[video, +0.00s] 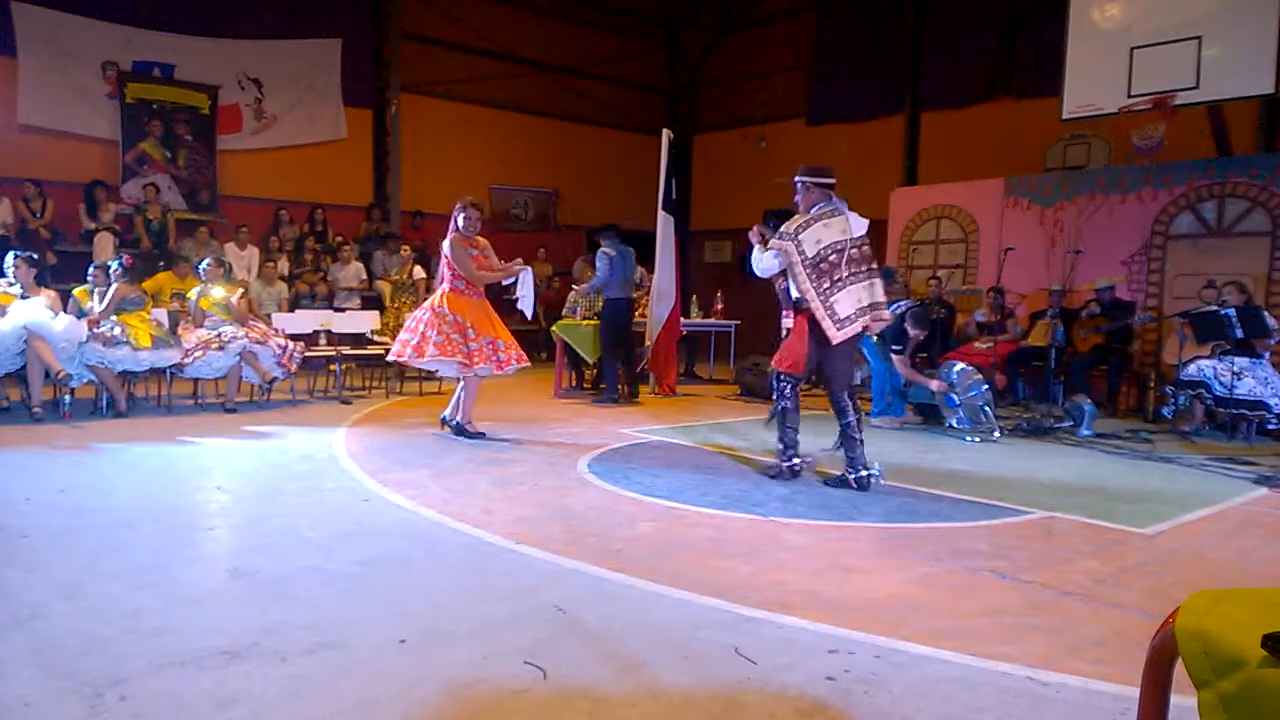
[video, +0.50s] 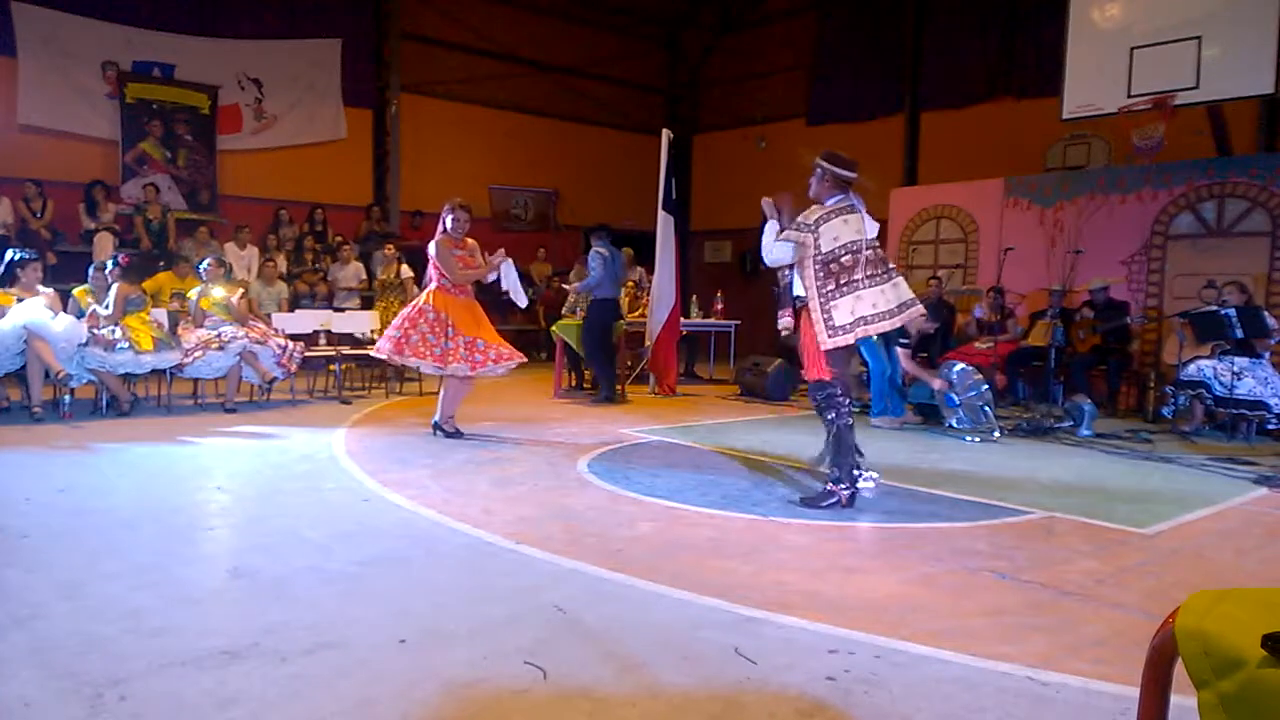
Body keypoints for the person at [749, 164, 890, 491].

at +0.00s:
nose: (796, 198)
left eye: (799, 191)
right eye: (797, 191)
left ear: (812, 192)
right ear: (829, 192)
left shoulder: (799, 228)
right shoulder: (855, 222)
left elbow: (763, 266)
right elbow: (867, 272)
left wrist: (757, 245)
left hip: (811, 320)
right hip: (847, 318)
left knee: (785, 379)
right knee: (841, 391)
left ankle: (789, 460)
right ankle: (858, 469)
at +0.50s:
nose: (809, 183)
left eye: (814, 177)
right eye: (812, 176)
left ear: (826, 181)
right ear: (843, 184)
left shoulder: (812, 222)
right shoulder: (859, 217)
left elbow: (772, 255)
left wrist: (771, 220)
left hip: (818, 316)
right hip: (844, 314)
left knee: (827, 394)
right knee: (833, 391)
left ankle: (841, 482)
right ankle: (848, 464)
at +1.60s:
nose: (735, 177)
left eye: (741, 172)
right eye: (738, 171)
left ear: (755, 178)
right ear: (760, 179)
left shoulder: (771, 219)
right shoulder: (739, 211)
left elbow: (724, 234)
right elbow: (692, 242)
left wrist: (686, 195)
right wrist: (687, 198)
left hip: (747, 318)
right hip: (720, 315)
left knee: (728, 398)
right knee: (717, 396)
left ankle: (723, 489)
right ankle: (738, 477)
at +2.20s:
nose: (714, 186)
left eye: (720, 181)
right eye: (716, 180)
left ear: (734, 185)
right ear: (737, 184)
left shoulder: (753, 225)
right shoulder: (718, 220)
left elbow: (704, 255)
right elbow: (682, 255)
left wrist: (670, 216)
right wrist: (668, 217)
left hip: (732, 323)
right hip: (703, 322)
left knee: (716, 402)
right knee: (692, 403)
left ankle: (719, 492)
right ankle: (736, 477)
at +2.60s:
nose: (713, 190)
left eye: (719, 184)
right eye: (716, 183)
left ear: (732, 189)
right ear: (739, 189)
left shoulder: (747, 227)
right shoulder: (718, 222)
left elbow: (700, 258)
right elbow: (681, 263)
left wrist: (671, 219)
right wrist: (672, 222)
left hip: (727, 324)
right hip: (700, 323)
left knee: (713, 401)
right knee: (687, 405)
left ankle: (719, 493)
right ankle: (732, 473)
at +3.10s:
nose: (715, 176)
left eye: (721, 171)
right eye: (718, 170)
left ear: (736, 178)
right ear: (737, 177)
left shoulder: (745, 215)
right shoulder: (727, 210)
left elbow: (693, 254)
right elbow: (694, 253)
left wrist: (668, 215)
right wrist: (677, 216)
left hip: (733, 314)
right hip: (715, 313)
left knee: (719, 399)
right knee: (707, 397)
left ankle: (723, 491)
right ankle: (736, 476)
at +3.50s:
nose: (732, 176)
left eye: (736, 170)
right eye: (736, 169)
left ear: (745, 174)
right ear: (766, 177)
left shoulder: (735, 214)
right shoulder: (778, 209)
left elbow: (695, 254)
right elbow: (738, 250)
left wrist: (686, 223)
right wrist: (708, 229)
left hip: (743, 317)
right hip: (765, 315)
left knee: (736, 399)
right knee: (727, 393)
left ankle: (782, 486)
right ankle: (735, 480)